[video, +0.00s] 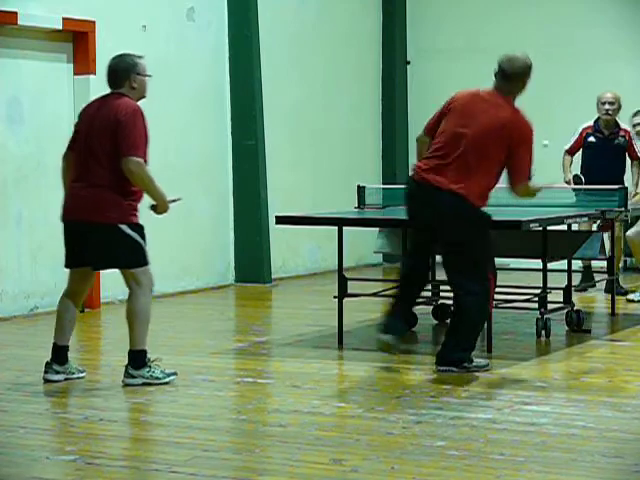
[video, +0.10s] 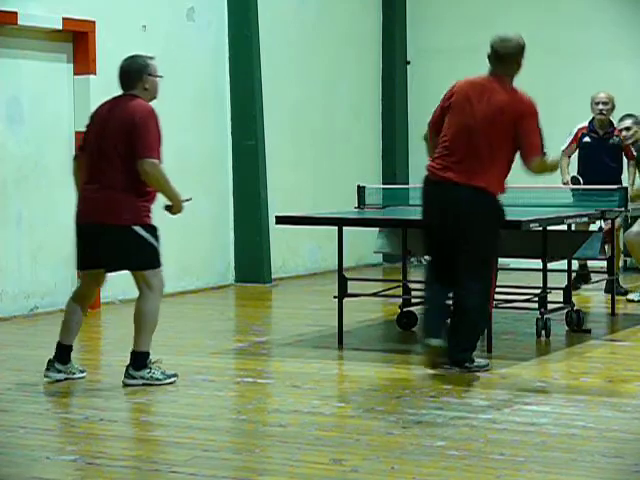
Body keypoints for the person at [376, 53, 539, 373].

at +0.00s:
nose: (521, 85)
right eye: (524, 80)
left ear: (495, 75)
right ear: (524, 83)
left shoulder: (462, 98)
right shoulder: (518, 125)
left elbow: (424, 139)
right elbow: (519, 187)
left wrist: (426, 177)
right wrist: (532, 190)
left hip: (421, 193)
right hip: (460, 206)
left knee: (419, 257)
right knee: (476, 282)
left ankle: (395, 325)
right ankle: (454, 357)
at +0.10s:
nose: (520, 66)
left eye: (516, 59)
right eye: (521, 61)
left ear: (490, 59)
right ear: (519, 63)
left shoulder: (462, 88)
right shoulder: (521, 105)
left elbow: (432, 133)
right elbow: (534, 163)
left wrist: (445, 168)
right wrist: (556, 162)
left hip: (437, 191)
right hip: (479, 199)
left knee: (440, 264)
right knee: (477, 276)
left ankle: (432, 335)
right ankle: (460, 356)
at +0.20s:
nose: (515, 56)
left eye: (500, 50)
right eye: (515, 51)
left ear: (484, 52)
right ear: (515, 53)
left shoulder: (460, 88)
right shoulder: (522, 92)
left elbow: (443, 138)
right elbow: (540, 147)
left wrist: (469, 155)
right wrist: (561, 147)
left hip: (453, 193)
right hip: (497, 196)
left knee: (461, 270)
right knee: (489, 274)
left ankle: (469, 352)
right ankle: (471, 354)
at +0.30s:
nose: (515, 59)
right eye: (516, 54)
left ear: (484, 57)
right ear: (515, 56)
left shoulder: (465, 96)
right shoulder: (527, 93)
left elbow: (454, 147)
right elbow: (546, 148)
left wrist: (490, 151)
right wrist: (565, 147)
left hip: (466, 199)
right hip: (511, 200)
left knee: (474, 281)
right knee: (514, 283)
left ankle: (472, 367)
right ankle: (488, 360)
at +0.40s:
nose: (511, 63)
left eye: (503, 57)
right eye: (521, 57)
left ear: (497, 59)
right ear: (528, 59)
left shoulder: (477, 99)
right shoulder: (542, 98)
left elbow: (463, 156)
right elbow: (561, 158)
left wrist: (497, 163)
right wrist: (553, 150)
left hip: (478, 203)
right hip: (526, 204)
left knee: (475, 285)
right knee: (545, 275)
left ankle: (474, 369)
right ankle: (533, 354)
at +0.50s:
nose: (539, 65)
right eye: (544, 58)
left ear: (516, 60)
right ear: (547, 61)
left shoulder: (492, 99)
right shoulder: (562, 101)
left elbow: (470, 157)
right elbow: (580, 159)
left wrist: (483, 190)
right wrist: (563, 177)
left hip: (492, 204)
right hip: (542, 207)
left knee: (477, 287)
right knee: (568, 281)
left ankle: (473, 370)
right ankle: (573, 352)